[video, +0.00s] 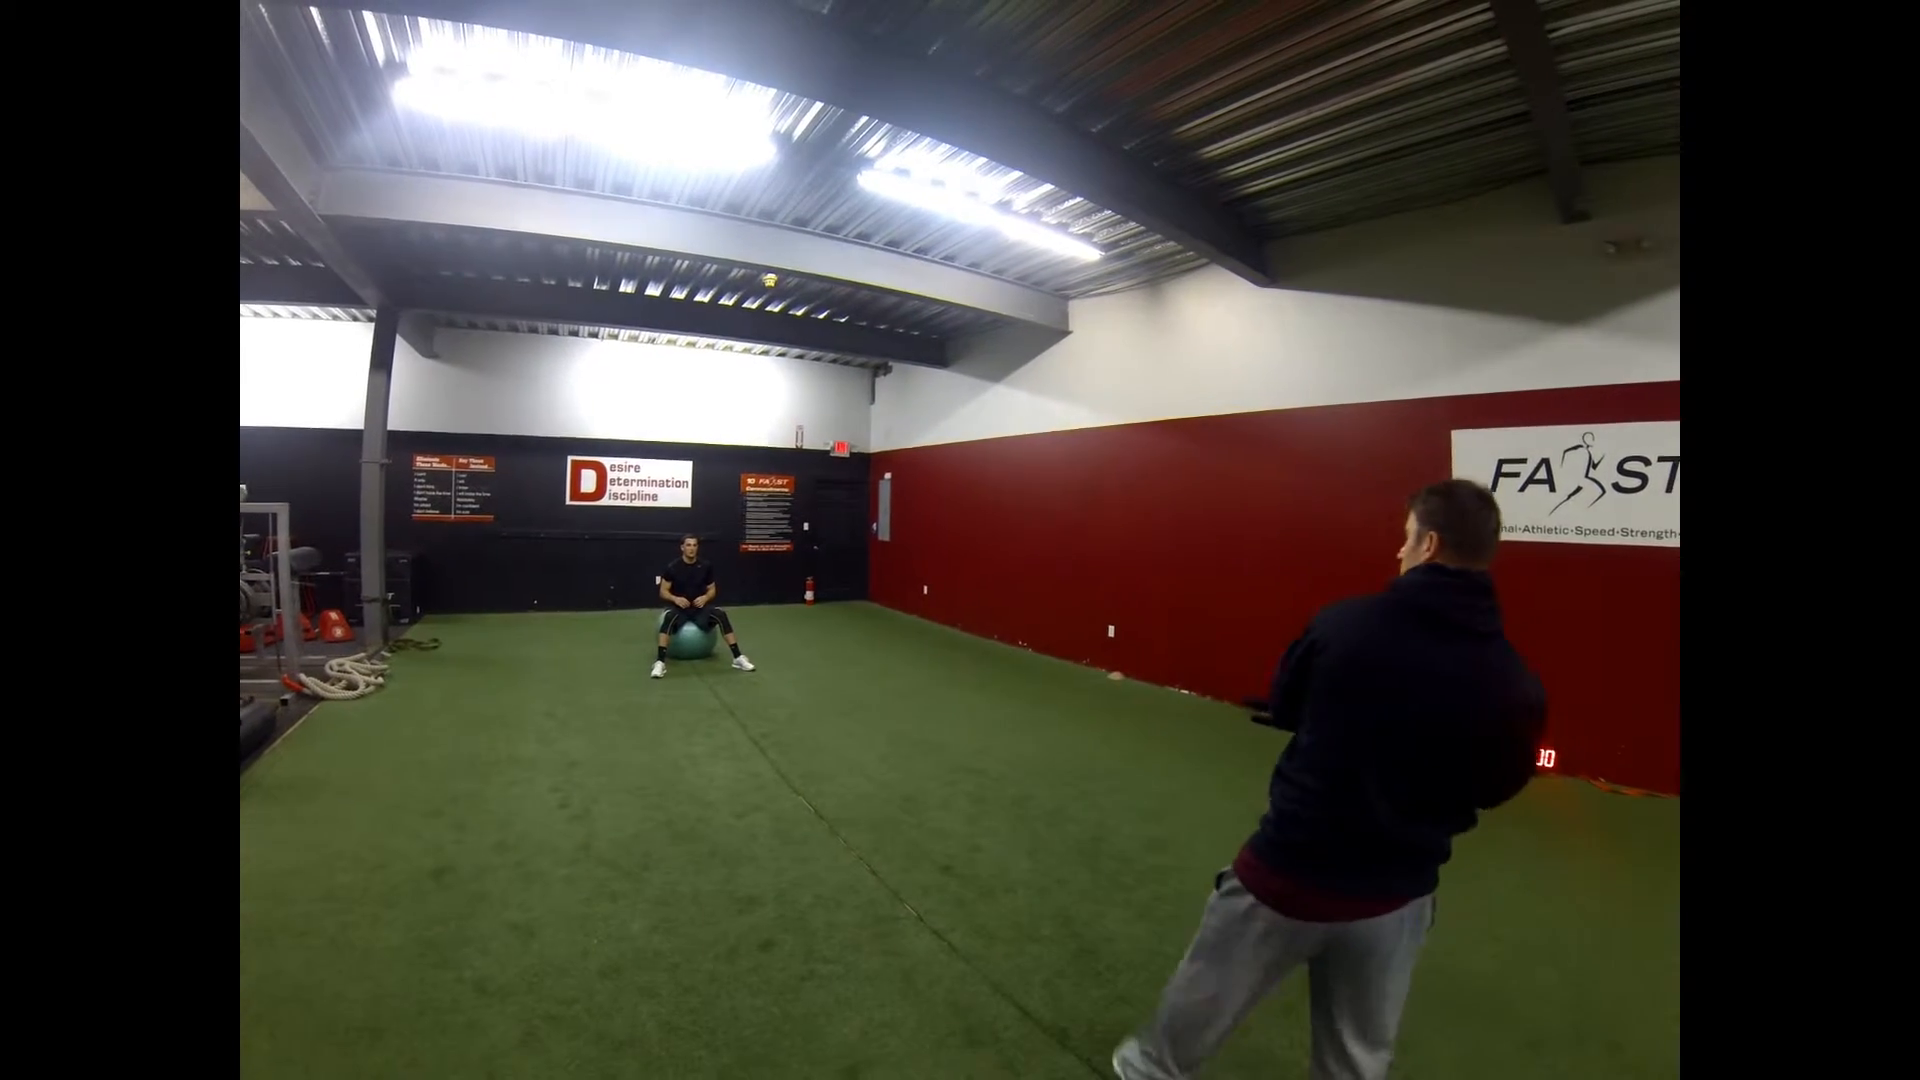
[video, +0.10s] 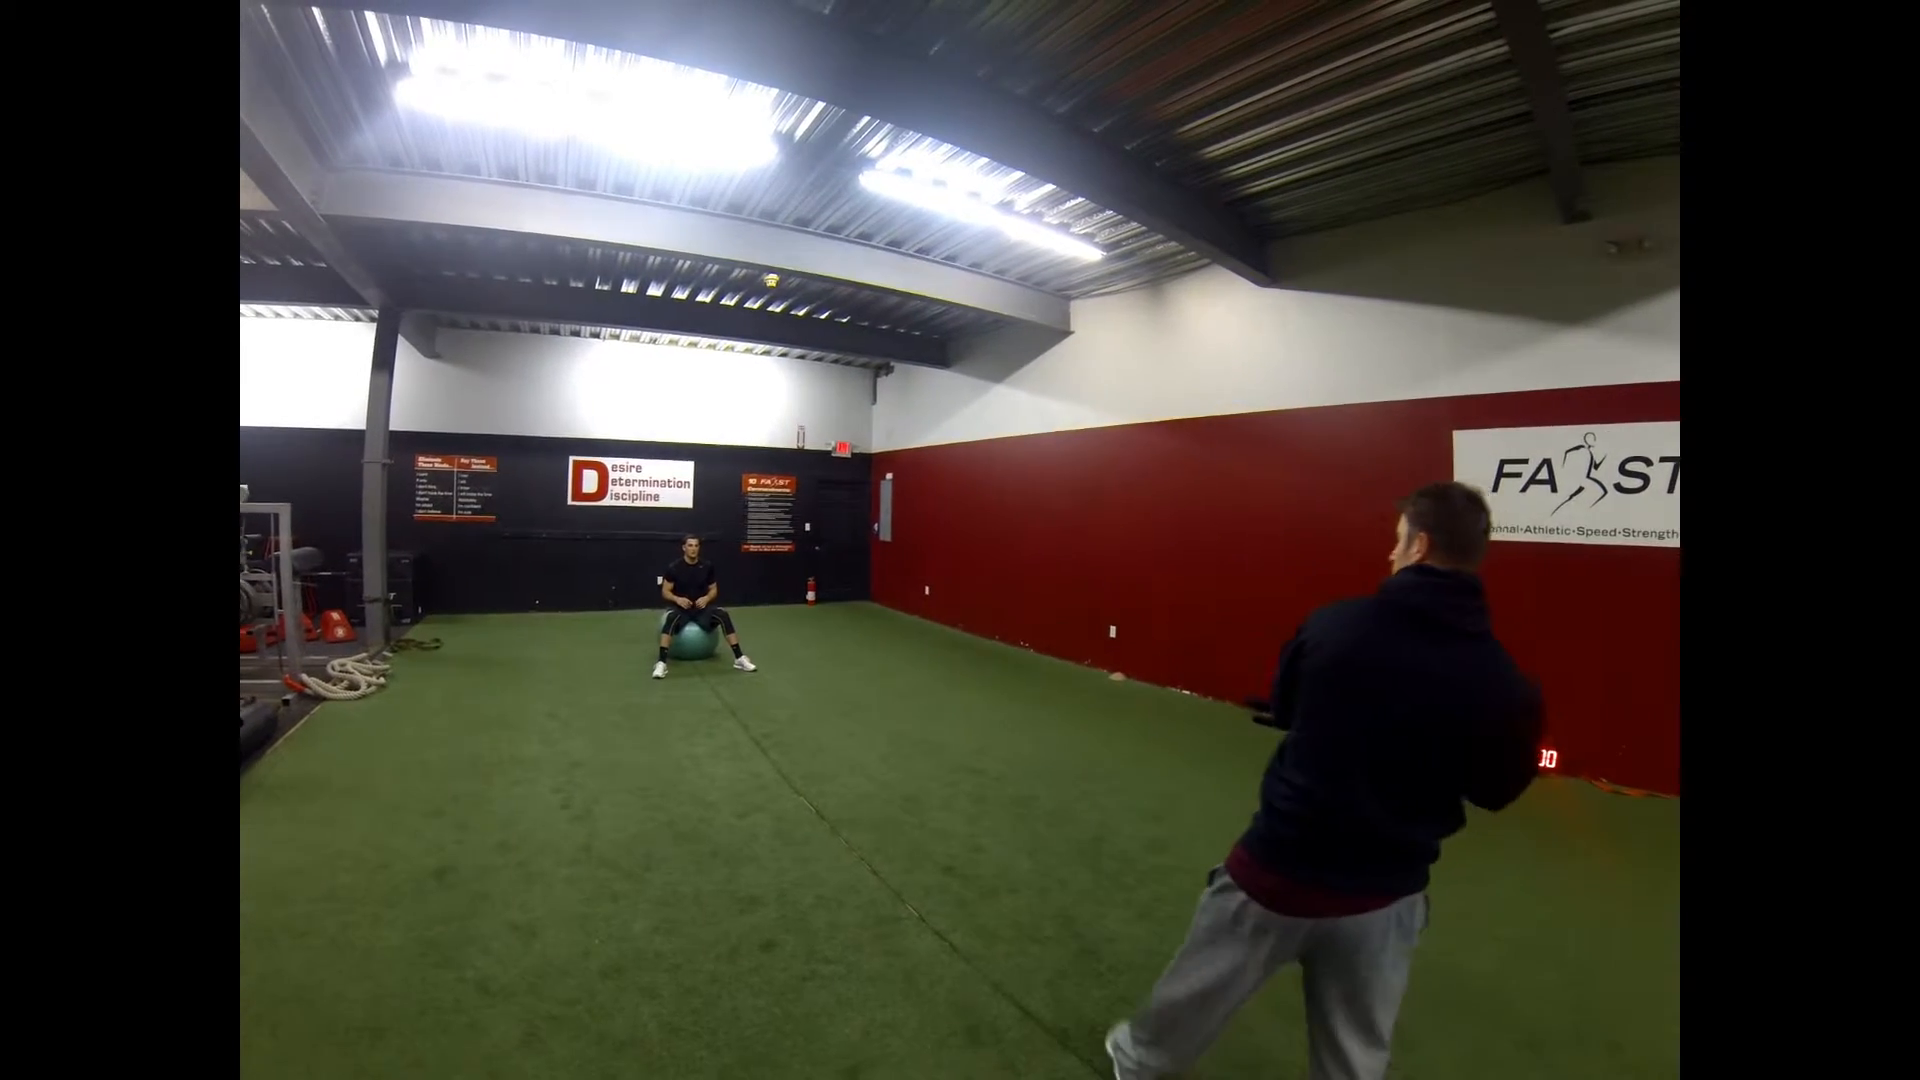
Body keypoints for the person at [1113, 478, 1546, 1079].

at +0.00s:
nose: (1399, 553)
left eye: (1406, 538)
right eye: (1404, 537)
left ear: (1430, 544)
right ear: (1489, 555)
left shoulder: (1346, 626)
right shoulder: (1512, 684)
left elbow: (1286, 705)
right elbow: (1493, 788)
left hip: (1283, 882)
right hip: (1393, 902)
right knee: (1357, 1064)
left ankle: (1154, 1067)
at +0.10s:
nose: (1392, 553)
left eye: (1398, 539)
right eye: (1396, 539)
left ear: (1419, 544)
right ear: (1479, 555)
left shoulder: (1334, 627)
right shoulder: (1497, 680)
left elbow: (1286, 709)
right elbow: (1494, 789)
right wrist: (1428, 727)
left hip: (1274, 876)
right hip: (1383, 900)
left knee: (1199, 988)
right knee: (1355, 1060)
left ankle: (1141, 1060)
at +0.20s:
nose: (1359, 557)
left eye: (1365, 542)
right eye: (1363, 542)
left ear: (1389, 545)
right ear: (1446, 558)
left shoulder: (1310, 629)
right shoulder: (1459, 666)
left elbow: (1284, 691)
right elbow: (1522, 753)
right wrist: (1481, 663)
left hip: (1256, 872)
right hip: (1361, 895)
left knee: (1187, 973)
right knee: (1347, 1053)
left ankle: (1131, 1054)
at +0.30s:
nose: (1331, 550)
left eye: (1340, 538)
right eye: (1334, 537)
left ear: (1362, 545)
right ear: (1427, 561)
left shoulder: (1299, 625)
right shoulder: (1448, 658)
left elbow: (1236, 648)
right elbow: (1540, 697)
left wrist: (1300, 595)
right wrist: (1492, 622)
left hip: (1245, 868)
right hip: (1349, 882)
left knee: (1180, 959)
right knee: (1337, 1044)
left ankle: (1138, 1053)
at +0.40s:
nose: (1281, 552)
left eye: (1287, 541)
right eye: (1283, 541)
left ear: (1310, 546)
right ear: (1365, 553)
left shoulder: (1249, 636)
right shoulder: (1389, 644)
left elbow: (1167, 675)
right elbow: (1470, 638)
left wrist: (1209, 606)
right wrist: (1462, 557)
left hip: (1227, 871)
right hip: (1322, 870)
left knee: (1165, 963)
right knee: (1313, 1025)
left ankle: (1136, 1056)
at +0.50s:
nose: (1248, 556)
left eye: (1253, 543)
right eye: (1250, 543)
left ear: (1276, 546)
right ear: (1328, 549)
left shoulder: (1238, 645)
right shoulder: (1344, 623)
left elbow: (1141, 704)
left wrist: (1174, 628)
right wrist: (1402, 550)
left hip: (1221, 871)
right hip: (1307, 859)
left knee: (1155, 957)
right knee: (1299, 1006)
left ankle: (1136, 1056)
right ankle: (1314, 1073)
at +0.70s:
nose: (1200, 552)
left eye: (1202, 538)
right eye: (1200, 539)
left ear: (1223, 542)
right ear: (1276, 539)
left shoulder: (1226, 644)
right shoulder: (1291, 608)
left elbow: (1137, 754)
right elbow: (1227, 618)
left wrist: (1107, 673)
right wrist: (1160, 607)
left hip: (1211, 864)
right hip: (1287, 841)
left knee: (1156, 958)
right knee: (1282, 978)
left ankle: (1139, 1055)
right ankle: (1316, 1071)